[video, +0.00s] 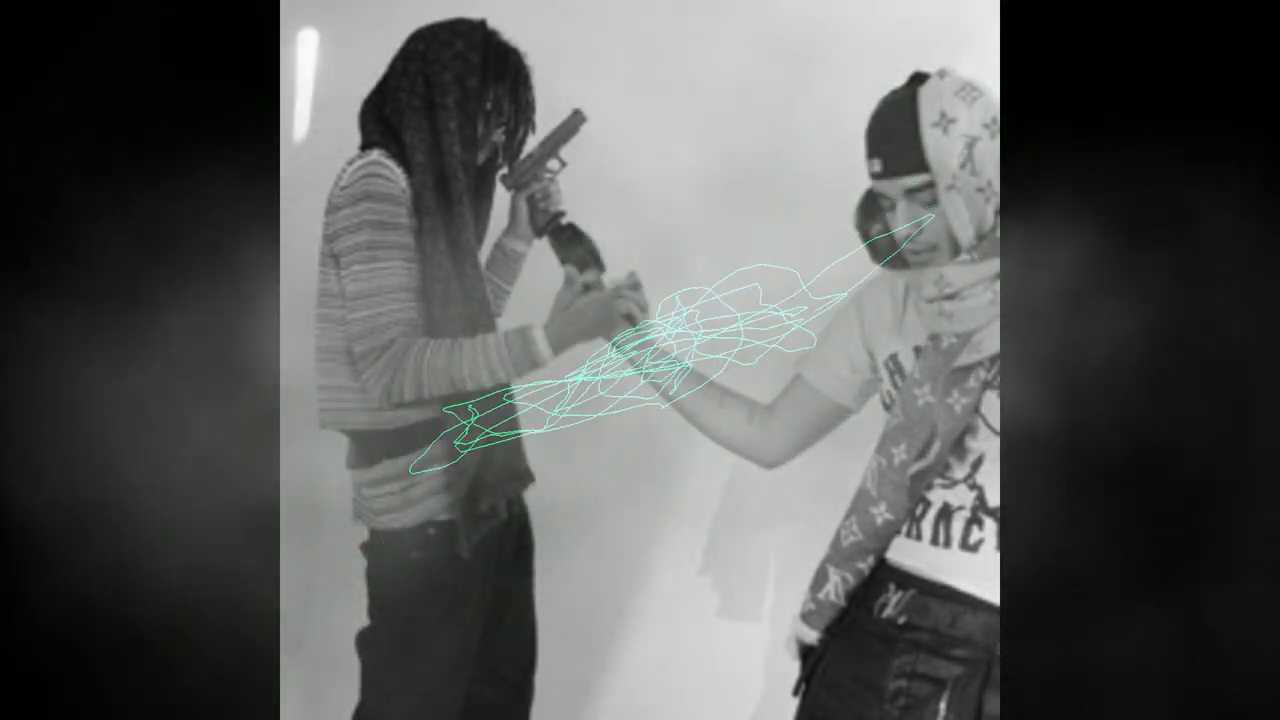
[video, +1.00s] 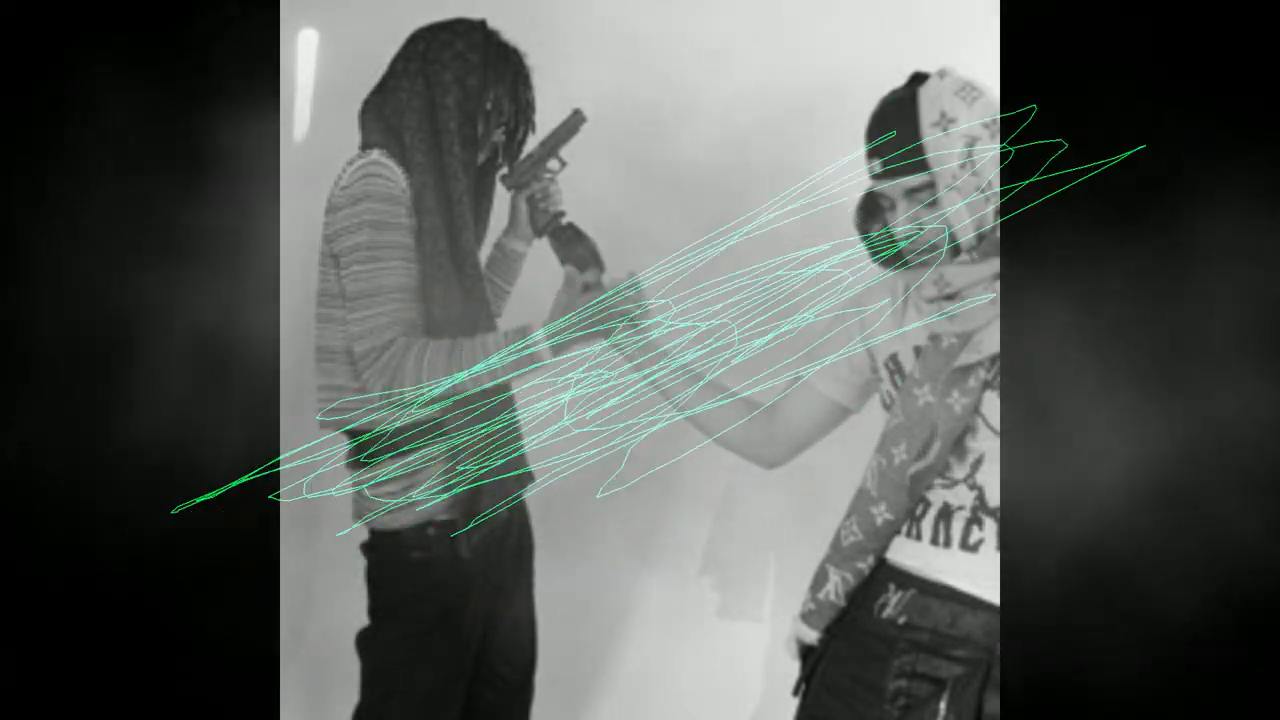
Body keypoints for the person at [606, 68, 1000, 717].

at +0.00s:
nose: (901, 226)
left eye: (922, 200)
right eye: (885, 204)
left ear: (982, 188)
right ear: (872, 202)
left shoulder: (1039, 290)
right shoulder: (892, 300)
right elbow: (769, 436)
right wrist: (635, 341)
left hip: (1014, 643)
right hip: (889, 617)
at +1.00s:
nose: (910, 224)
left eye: (927, 198)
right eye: (892, 203)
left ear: (984, 181)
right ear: (878, 206)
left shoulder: (1036, 294)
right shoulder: (906, 300)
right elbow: (770, 436)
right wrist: (634, 338)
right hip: (888, 613)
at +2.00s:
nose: (902, 229)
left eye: (922, 199)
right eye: (885, 204)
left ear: (978, 188)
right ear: (874, 205)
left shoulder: (1038, 298)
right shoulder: (910, 308)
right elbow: (768, 436)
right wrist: (638, 345)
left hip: (995, 646)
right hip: (890, 619)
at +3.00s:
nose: (904, 228)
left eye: (925, 199)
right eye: (886, 205)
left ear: (979, 184)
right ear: (873, 204)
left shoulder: (1037, 289)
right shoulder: (890, 305)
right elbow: (767, 436)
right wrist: (636, 340)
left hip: (1012, 641)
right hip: (888, 619)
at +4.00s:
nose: (905, 228)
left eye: (926, 198)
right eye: (887, 204)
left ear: (982, 182)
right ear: (874, 203)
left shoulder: (1040, 292)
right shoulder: (892, 303)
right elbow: (769, 436)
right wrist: (638, 344)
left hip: (994, 642)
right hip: (879, 616)